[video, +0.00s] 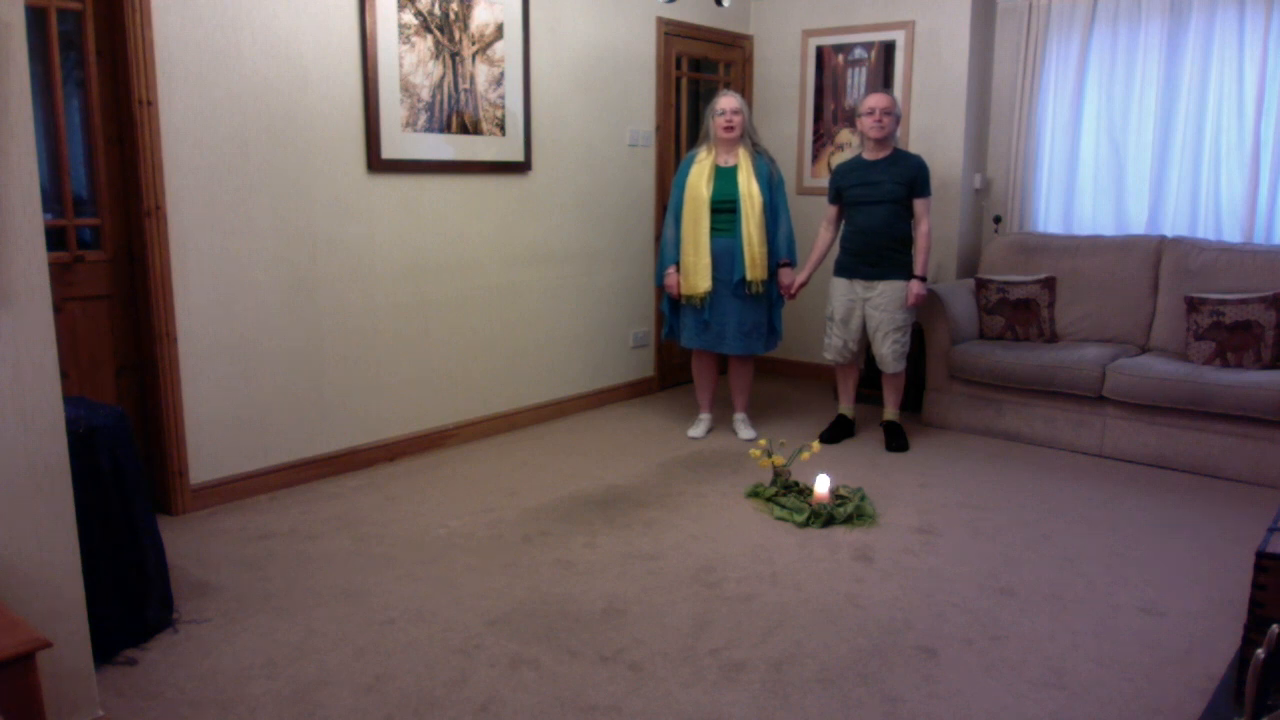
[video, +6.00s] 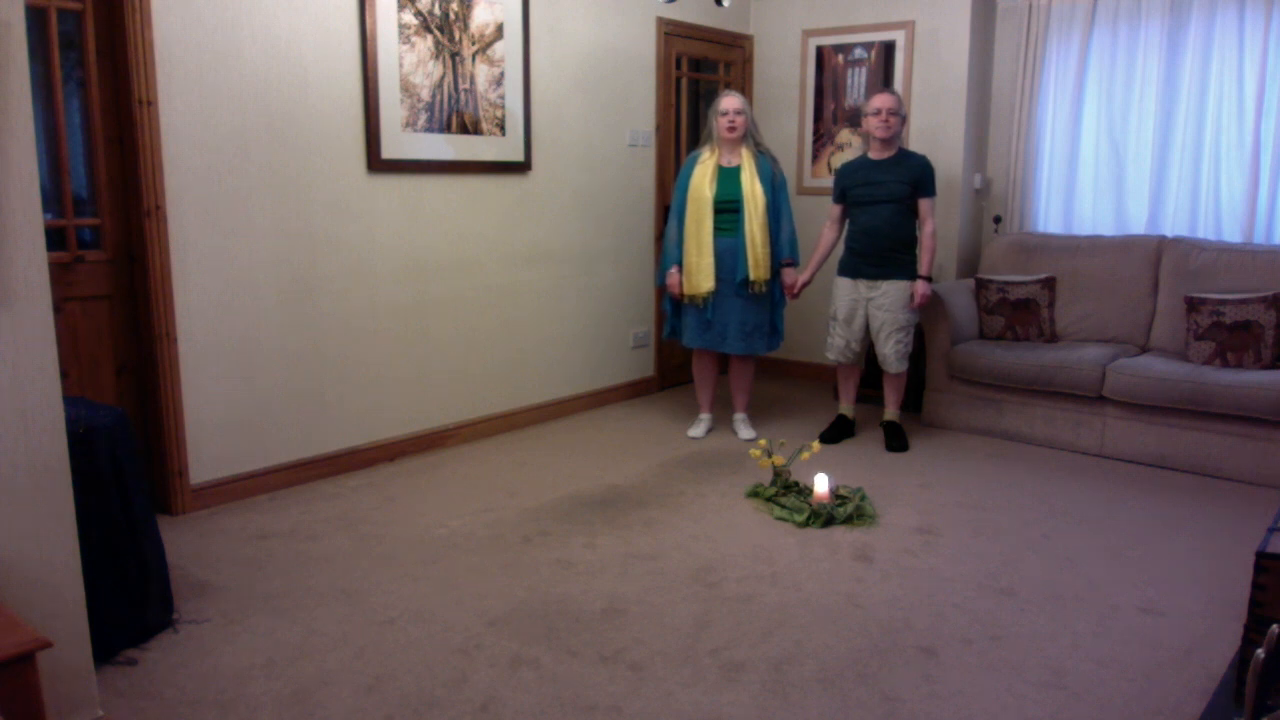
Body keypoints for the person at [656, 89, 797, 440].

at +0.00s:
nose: (728, 119)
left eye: (735, 113)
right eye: (721, 113)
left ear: (746, 119)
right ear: (710, 121)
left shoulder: (762, 164)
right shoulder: (692, 163)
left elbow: (779, 216)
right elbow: (674, 218)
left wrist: (785, 264)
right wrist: (670, 266)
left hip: (748, 268)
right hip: (700, 269)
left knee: (743, 344)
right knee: (702, 343)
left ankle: (741, 414)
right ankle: (704, 413)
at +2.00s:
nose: (728, 119)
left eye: (735, 113)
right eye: (721, 114)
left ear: (745, 119)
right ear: (710, 120)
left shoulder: (762, 163)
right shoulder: (692, 163)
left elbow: (779, 215)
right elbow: (674, 218)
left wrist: (784, 264)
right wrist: (670, 266)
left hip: (748, 267)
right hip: (700, 268)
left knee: (742, 344)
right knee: (702, 343)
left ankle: (741, 415)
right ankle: (704, 413)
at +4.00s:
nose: (730, 119)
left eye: (737, 113)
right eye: (723, 113)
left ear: (747, 119)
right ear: (712, 120)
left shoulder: (764, 164)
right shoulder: (693, 163)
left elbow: (780, 216)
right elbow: (675, 217)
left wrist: (785, 264)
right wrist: (671, 265)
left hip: (750, 268)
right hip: (701, 268)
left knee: (743, 344)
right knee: (703, 343)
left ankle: (741, 414)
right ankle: (705, 413)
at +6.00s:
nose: (731, 119)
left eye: (738, 113)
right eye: (724, 114)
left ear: (749, 119)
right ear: (714, 120)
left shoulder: (765, 164)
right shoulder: (695, 163)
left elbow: (782, 216)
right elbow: (677, 218)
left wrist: (787, 264)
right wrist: (672, 266)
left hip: (751, 269)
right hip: (702, 269)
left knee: (744, 345)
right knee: (703, 343)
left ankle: (741, 414)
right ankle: (704, 413)